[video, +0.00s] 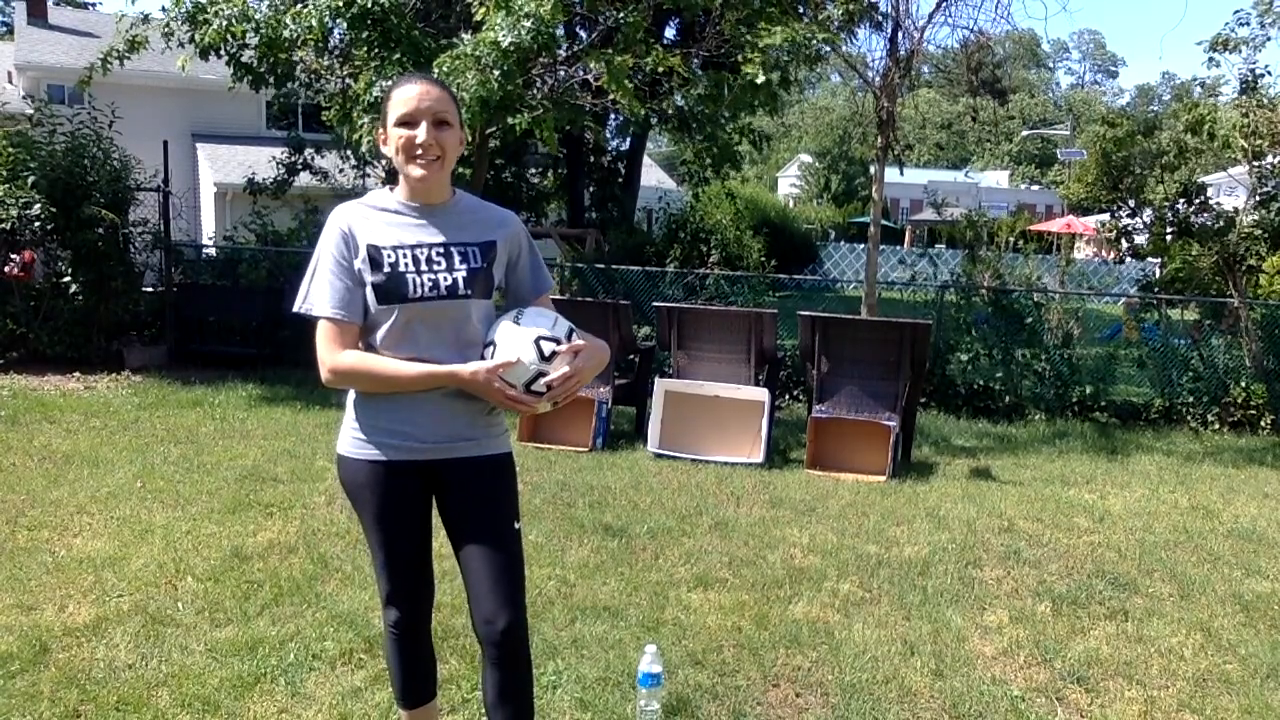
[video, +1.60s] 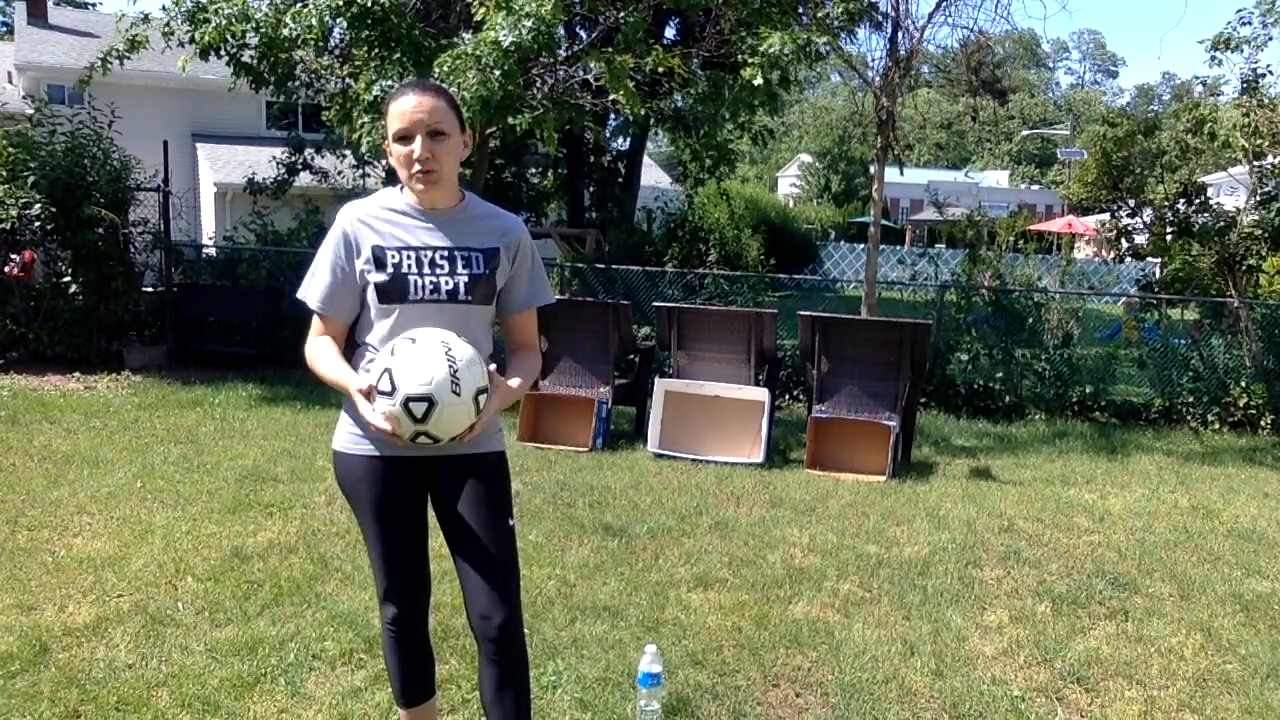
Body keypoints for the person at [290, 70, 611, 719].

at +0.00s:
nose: (424, 135)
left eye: (440, 123)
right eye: (407, 123)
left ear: (461, 138)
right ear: (384, 140)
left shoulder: (501, 227)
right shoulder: (352, 225)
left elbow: (545, 328)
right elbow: (333, 361)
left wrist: (599, 349)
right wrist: (461, 376)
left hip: (477, 450)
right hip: (381, 452)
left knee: (503, 624)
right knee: (405, 612)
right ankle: (421, 714)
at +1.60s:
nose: (420, 149)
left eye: (436, 134)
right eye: (405, 136)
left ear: (464, 143)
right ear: (388, 150)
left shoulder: (505, 232)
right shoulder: (357, 225)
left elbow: (527, 349)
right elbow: (320, 342)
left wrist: (507, 389)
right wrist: (355, 386)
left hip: (473, 447)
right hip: (376, 448)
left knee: (499, 620)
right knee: (402, 609)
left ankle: (510, 717)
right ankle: (419, 713)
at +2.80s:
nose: (428, 147)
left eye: (443, 132)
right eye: (410, 133)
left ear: (463, 142)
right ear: (387, 146)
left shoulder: (502, 227)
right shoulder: (355, 222)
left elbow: (514, 360)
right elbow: (327, 358)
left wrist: (446, 333)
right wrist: (328, 306)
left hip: (476, 440)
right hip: (380, 439)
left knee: (497, 625)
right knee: (405, 611)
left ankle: (506, 718)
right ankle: (420, 716)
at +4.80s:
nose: (397, 140)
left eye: (412, 126)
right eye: (380, 127)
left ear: (434, 140)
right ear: (357, 141)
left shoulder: (478, 221)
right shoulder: (331, 227)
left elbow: (526, 323)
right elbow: (308, 359)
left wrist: (526, 348)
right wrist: (372, 340)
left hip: (470, 440)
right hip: (374, 444)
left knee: (494, 619)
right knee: (401, 611)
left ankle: (505, 718)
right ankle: (419, 715)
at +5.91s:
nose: (406, 142)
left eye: (421, 129)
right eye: (389, 129)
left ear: (442, 144)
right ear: (366, 145)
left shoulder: (486, 225)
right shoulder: (338, 228)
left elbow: (523, 338)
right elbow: (306, 353)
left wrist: (507, 359)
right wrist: (367, 334)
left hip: (472, 440)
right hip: (377, 442)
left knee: (496, 618)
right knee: (403, 609)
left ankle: (506, 718)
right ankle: (419, 715)